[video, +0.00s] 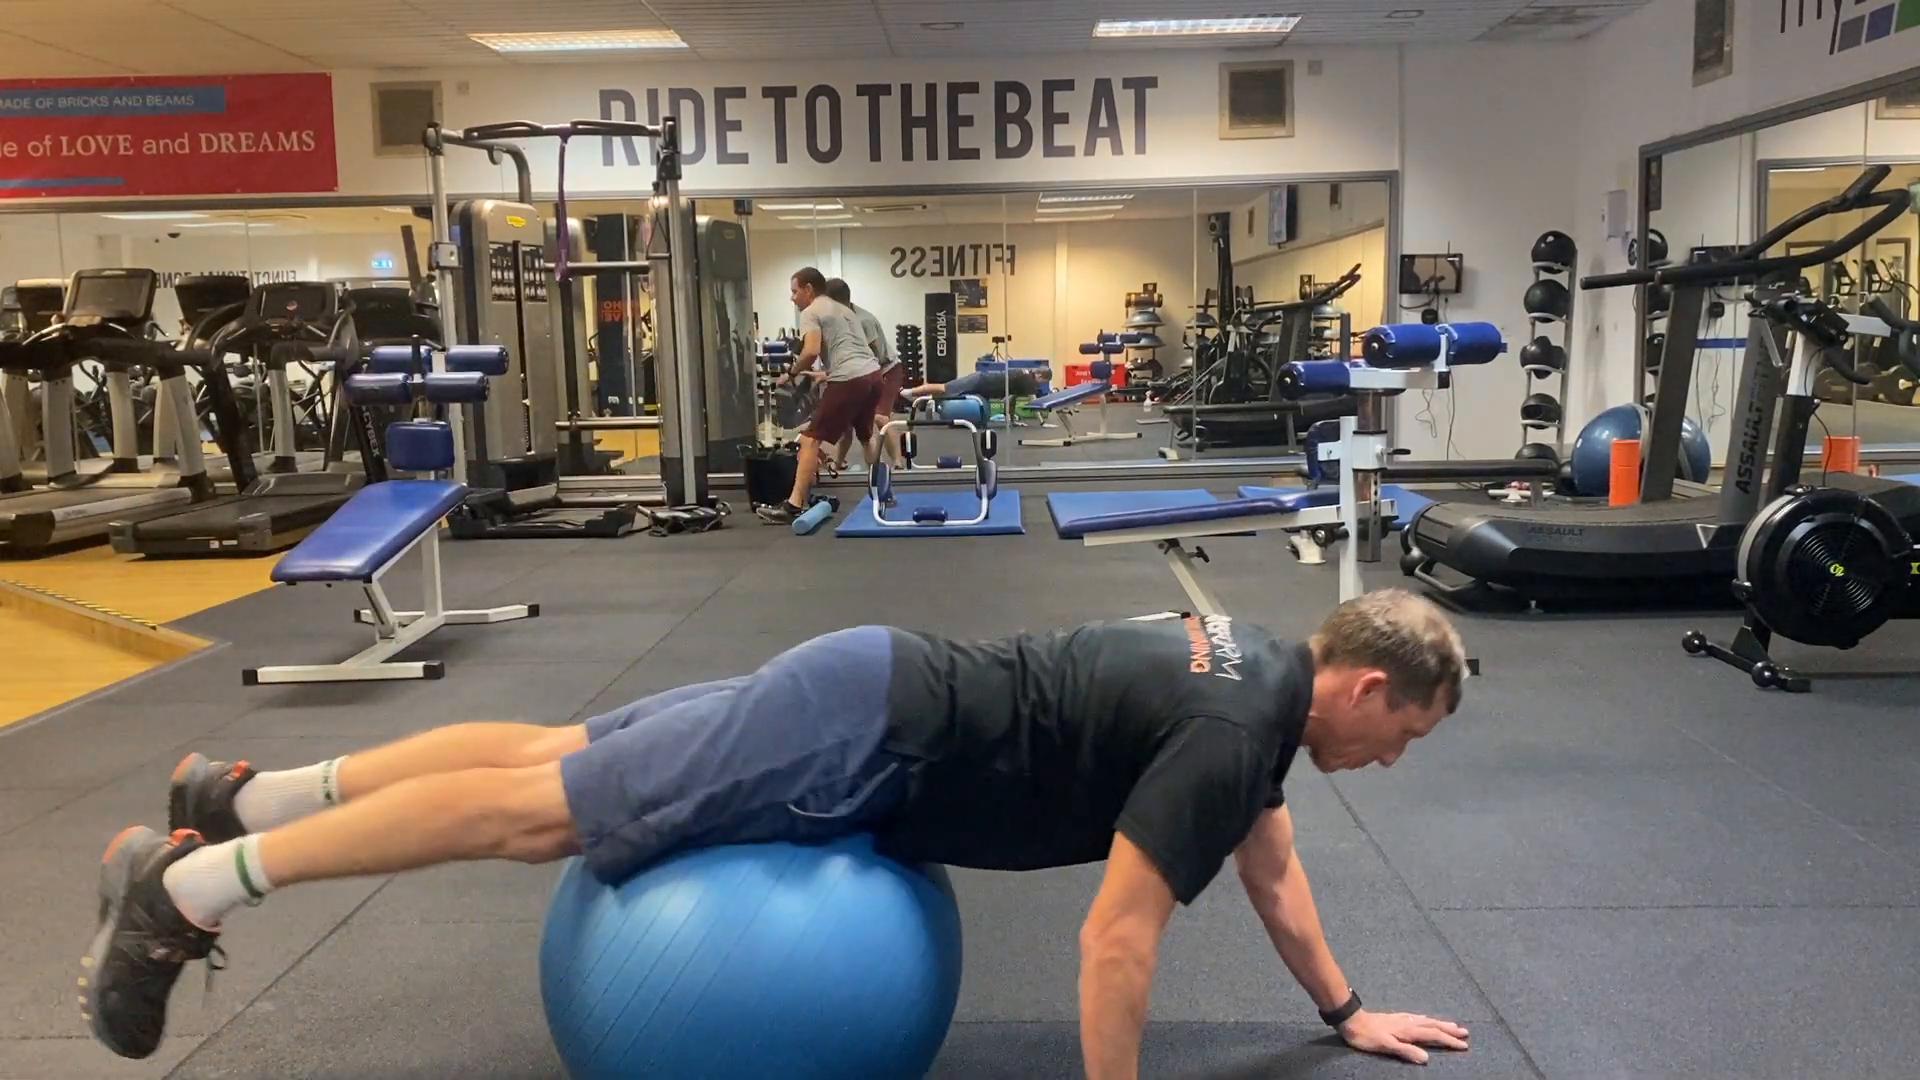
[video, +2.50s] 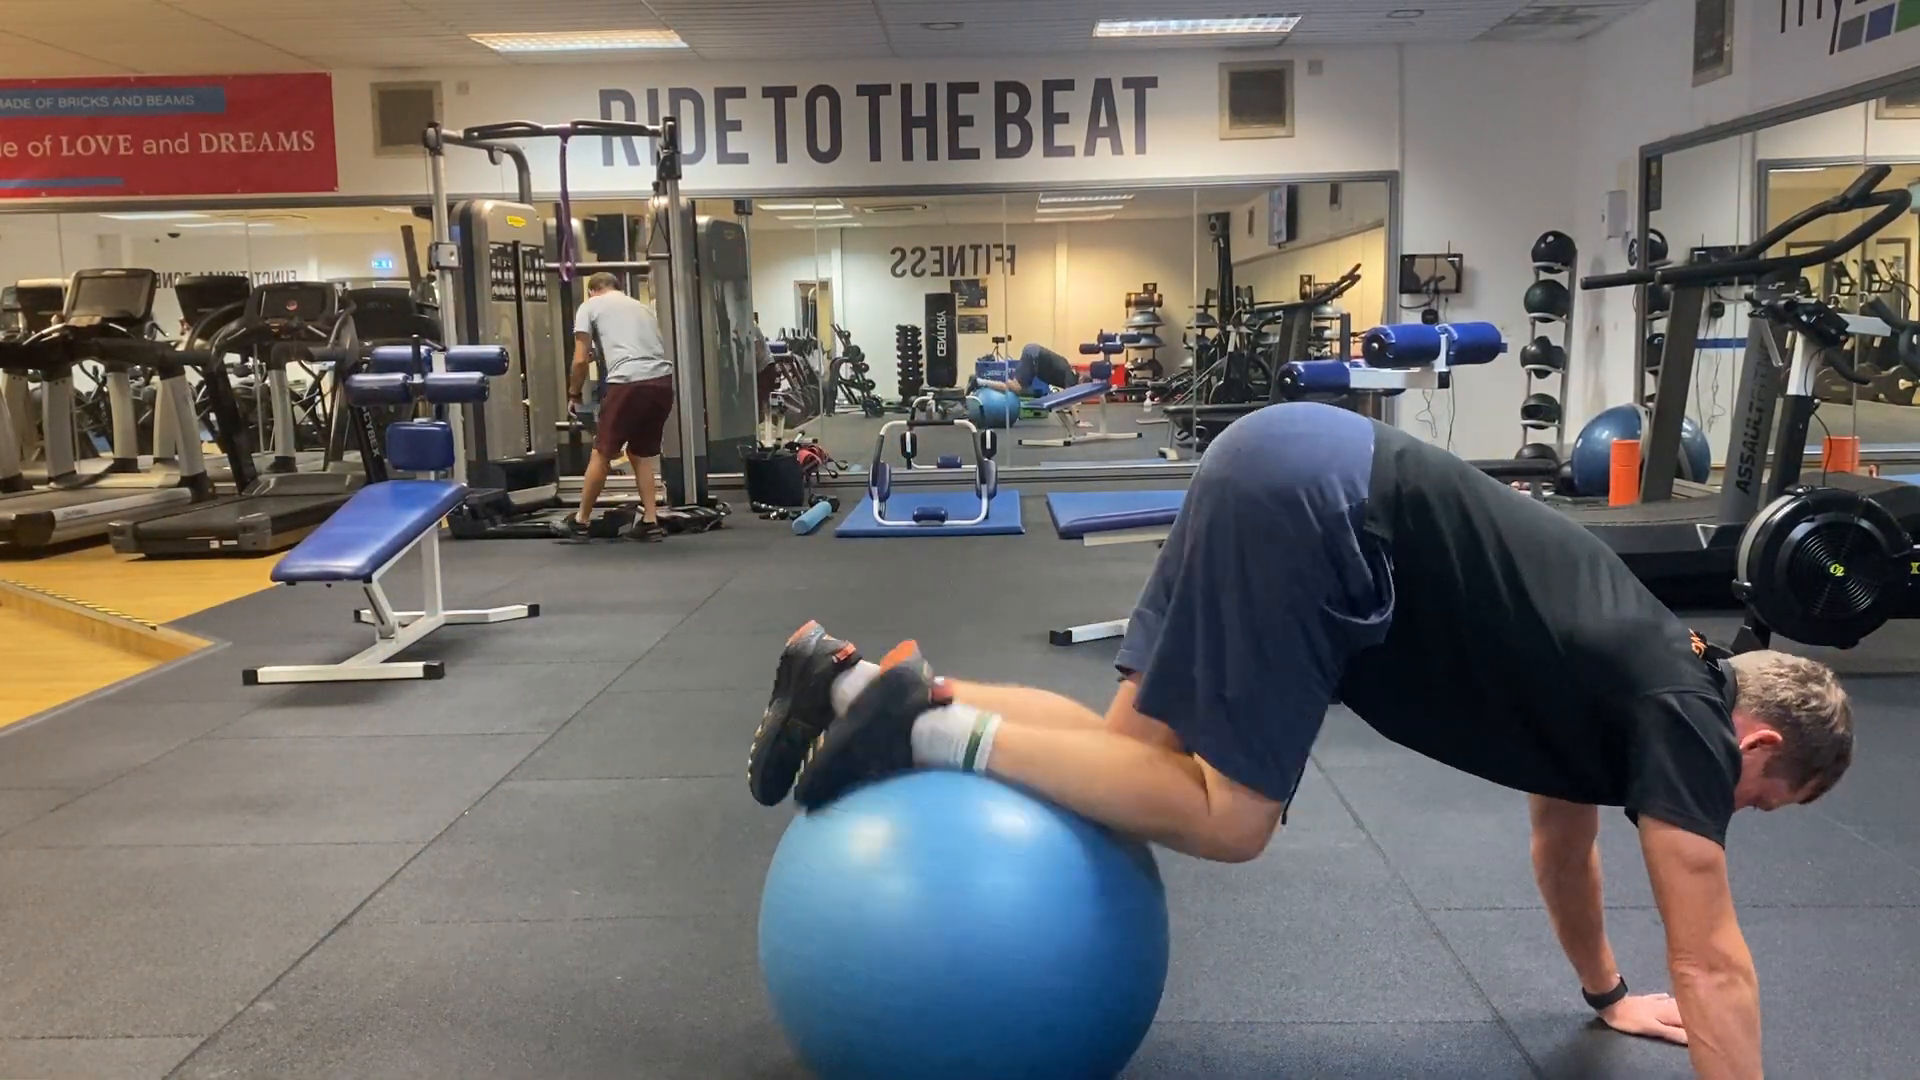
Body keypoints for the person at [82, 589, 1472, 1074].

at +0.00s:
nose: (1406, 750)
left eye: (1418, 732)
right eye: (1413, 731)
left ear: (1359, 668)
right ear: (1368, 694)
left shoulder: (1263, 684)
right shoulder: (1233, 732)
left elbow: (1278, 874)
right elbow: (1113, 943)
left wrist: (1346, 1013)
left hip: (877, 684)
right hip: (867, 728)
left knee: (565, 752)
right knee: (542, 812)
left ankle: (257, 795)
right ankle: (193, 886)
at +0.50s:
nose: (1659, 740)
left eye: (1669, 717)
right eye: (1668, 716)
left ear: (1583, 653)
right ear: (1622, 690)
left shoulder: (1447, 674)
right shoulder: (1515, 745)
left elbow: (1334, 844)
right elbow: (1595, 980)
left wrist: (1349, 1008)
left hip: (1099, 712)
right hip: (1094, 751)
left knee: (774, 733)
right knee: (764, 771)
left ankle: (475, 714)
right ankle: (436, 748)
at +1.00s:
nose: (1782, 803)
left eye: (1803, 794)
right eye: (1799, 781)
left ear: (1756, 676)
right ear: (1778, 726)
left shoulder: (1633, 667)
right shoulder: (1686, 721)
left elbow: (1557, 851)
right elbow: (1645, 984)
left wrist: (1604, 982)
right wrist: (1663, 1062)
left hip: (1291, 548)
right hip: (1302, 589)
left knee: (1014, 702)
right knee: (1006, 772)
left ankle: (797, 491)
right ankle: (757, 563)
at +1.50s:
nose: (1745, 804)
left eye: (1765, 794)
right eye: (1766, 788)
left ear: (1729, 681)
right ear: (1750, 737)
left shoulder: (1620, 659)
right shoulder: (1662, 698)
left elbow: (1567, 842)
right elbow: (1669, 969)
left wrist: (1608, 983)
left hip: (1303, 441)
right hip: (1340, 489)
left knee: (1242, 746)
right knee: (1303, 829)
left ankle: (1019, 655)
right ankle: (989, 752)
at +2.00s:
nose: (1751, 779)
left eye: (1770, 771)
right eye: (1766, 759)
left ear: (1722, 662)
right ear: (1742, 702)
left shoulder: (1613, 648)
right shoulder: (1669, 698)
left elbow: (1570, 841)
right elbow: (1666, 961)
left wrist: (1610, 992)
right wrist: (1708, 1072)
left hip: (1317, 423)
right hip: (1337, 467)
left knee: (1213, 704)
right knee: (1225, 793)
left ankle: (1012, 603)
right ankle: (909, 723)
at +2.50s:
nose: (1750, 816)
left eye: (1768, 806)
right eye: (1767, 796)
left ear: (1732, 681)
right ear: (1759, 746)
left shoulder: (1611, 652)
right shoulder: (1680, 705)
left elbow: (1563, 839)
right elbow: (1711, 969)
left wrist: (1609, 994)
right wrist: (1750, 1077)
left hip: (1283, 447)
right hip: (1319, 485)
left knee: (1135, 745)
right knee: (1229, 813)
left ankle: (862, 678)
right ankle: (931, 723)